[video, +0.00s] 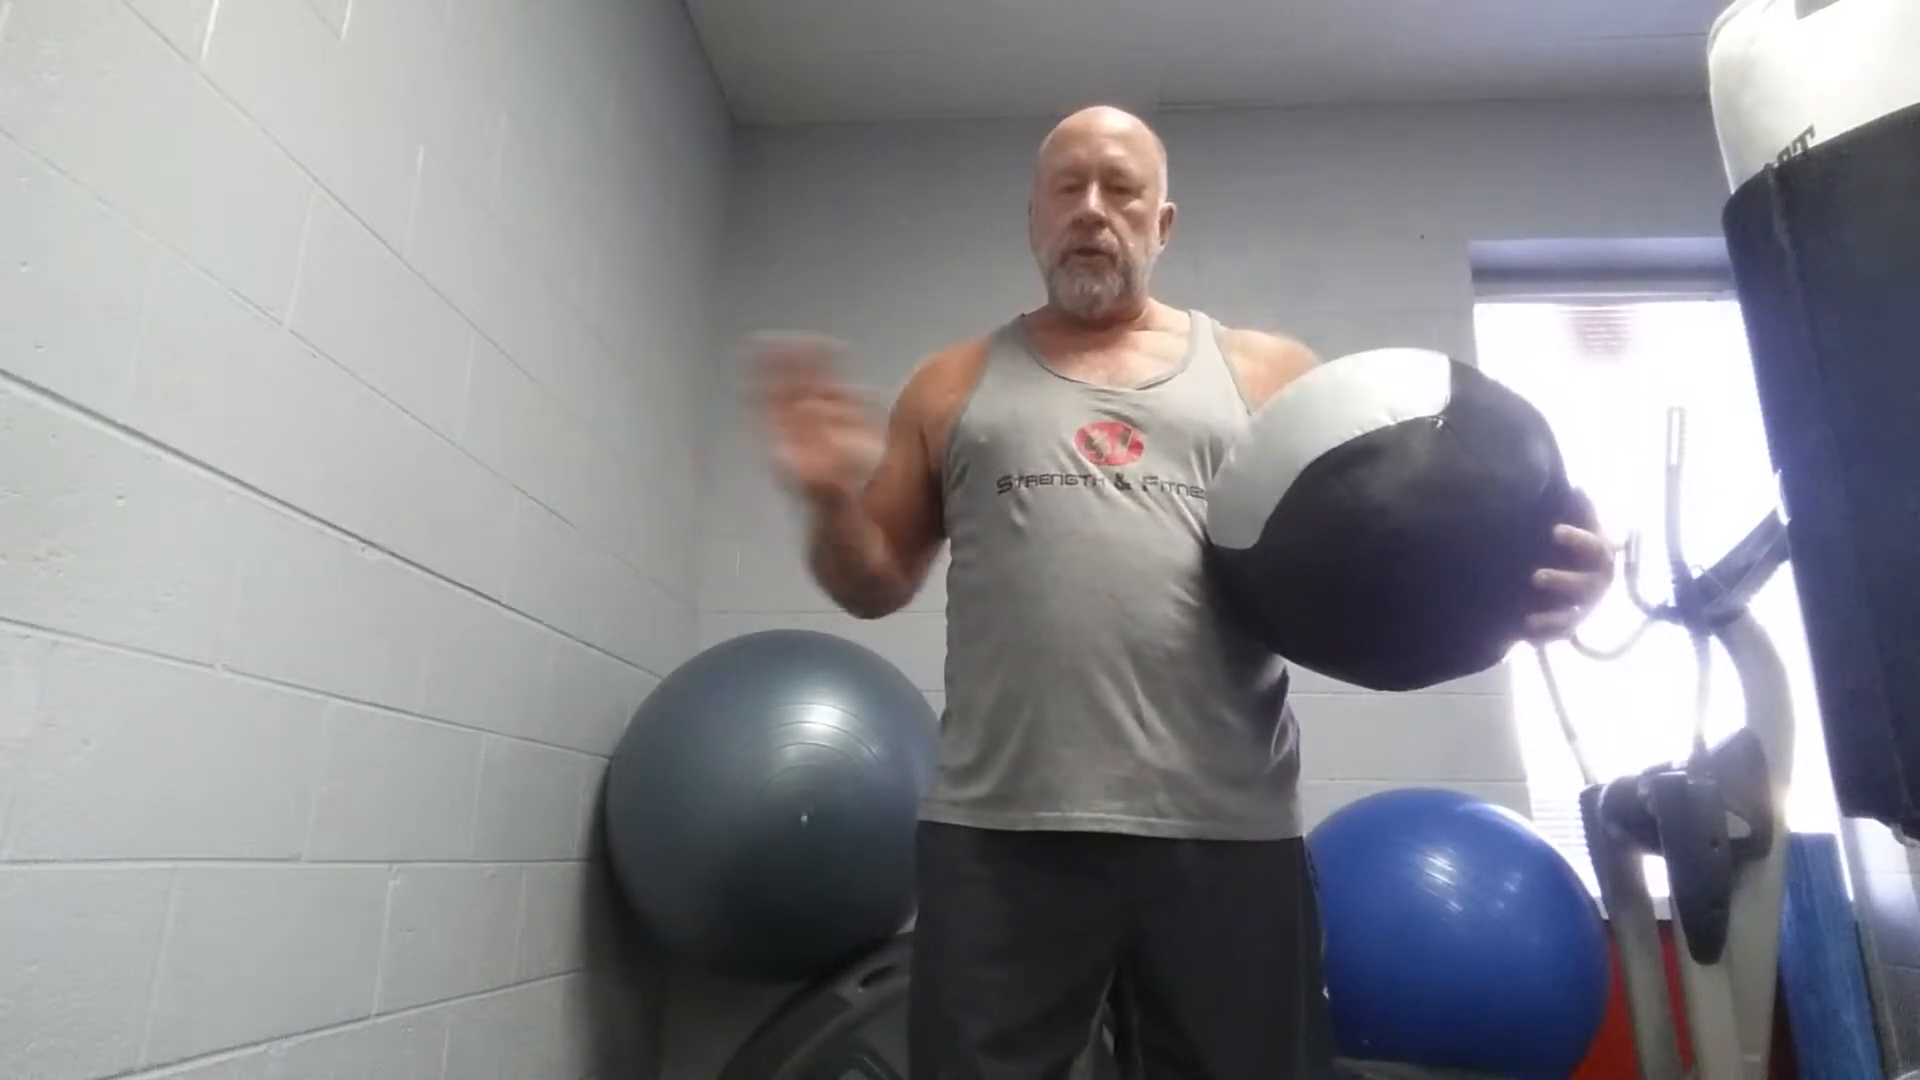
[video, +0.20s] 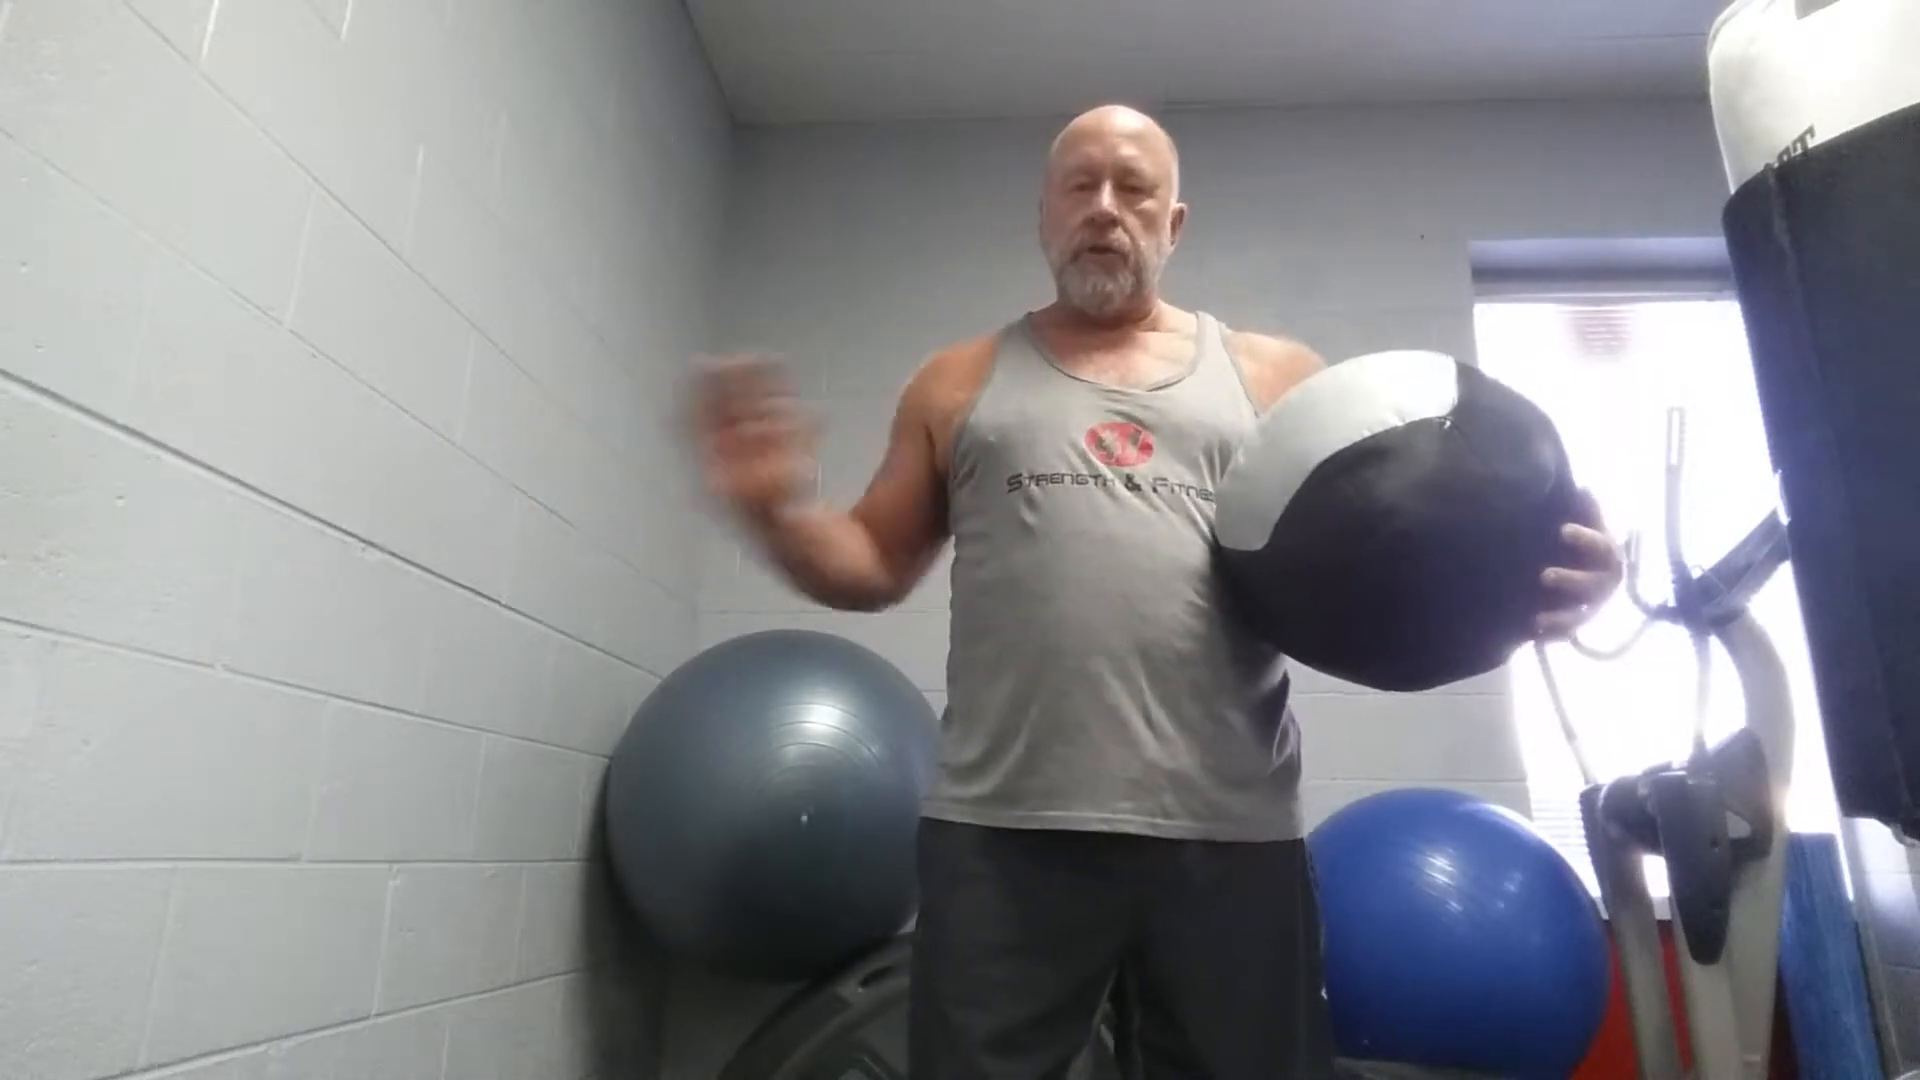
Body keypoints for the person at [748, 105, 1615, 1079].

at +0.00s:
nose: (1092, 207)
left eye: (1121, 187)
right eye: (1067, 186)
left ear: (1164, 220)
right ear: (1031, 216)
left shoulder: (1267, 370)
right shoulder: (951, 383)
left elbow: (1396, 543)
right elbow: (875, 585)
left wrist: (1539, 575)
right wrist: (828, 497)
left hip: (1225, 834)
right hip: (999, 833)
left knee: (1248, 1068)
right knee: (978, 1068)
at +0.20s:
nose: (1103, 210)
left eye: (1133, 188)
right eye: (1080, 185)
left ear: (1175, 222)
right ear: (1041, 213)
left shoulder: (1274, 376)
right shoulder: (956, 384)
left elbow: (1393, 551)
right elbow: (870, 564)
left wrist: (1545, 578)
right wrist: (771, 507)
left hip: (1227, 836)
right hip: (1002, 833)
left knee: (1250, 1076)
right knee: (975, 1072)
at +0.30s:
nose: (1113, 207)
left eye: (1142, 188)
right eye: (1090, 184)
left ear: (1188, 218)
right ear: (1049, 210)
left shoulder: (1278, 380)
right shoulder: (963, 382)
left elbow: (1418, 534)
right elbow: (837, 545)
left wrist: (1564, 576)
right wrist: (657, 543)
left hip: (1233, 842)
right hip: (1008, 838)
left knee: (1259, 1072)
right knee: (976, 1070)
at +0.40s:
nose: (1116, 204)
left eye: (1145, 187)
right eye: (1094, 182)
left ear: (1189, 221)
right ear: (1051, 211)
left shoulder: (1276, 378)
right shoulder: (963, 381)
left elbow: (1414, 541)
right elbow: (844, 546)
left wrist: (1561, 580)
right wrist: (660, 534)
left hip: (1233, 844)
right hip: (1007, 839)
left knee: (1262, 1074)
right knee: (980, 1076)